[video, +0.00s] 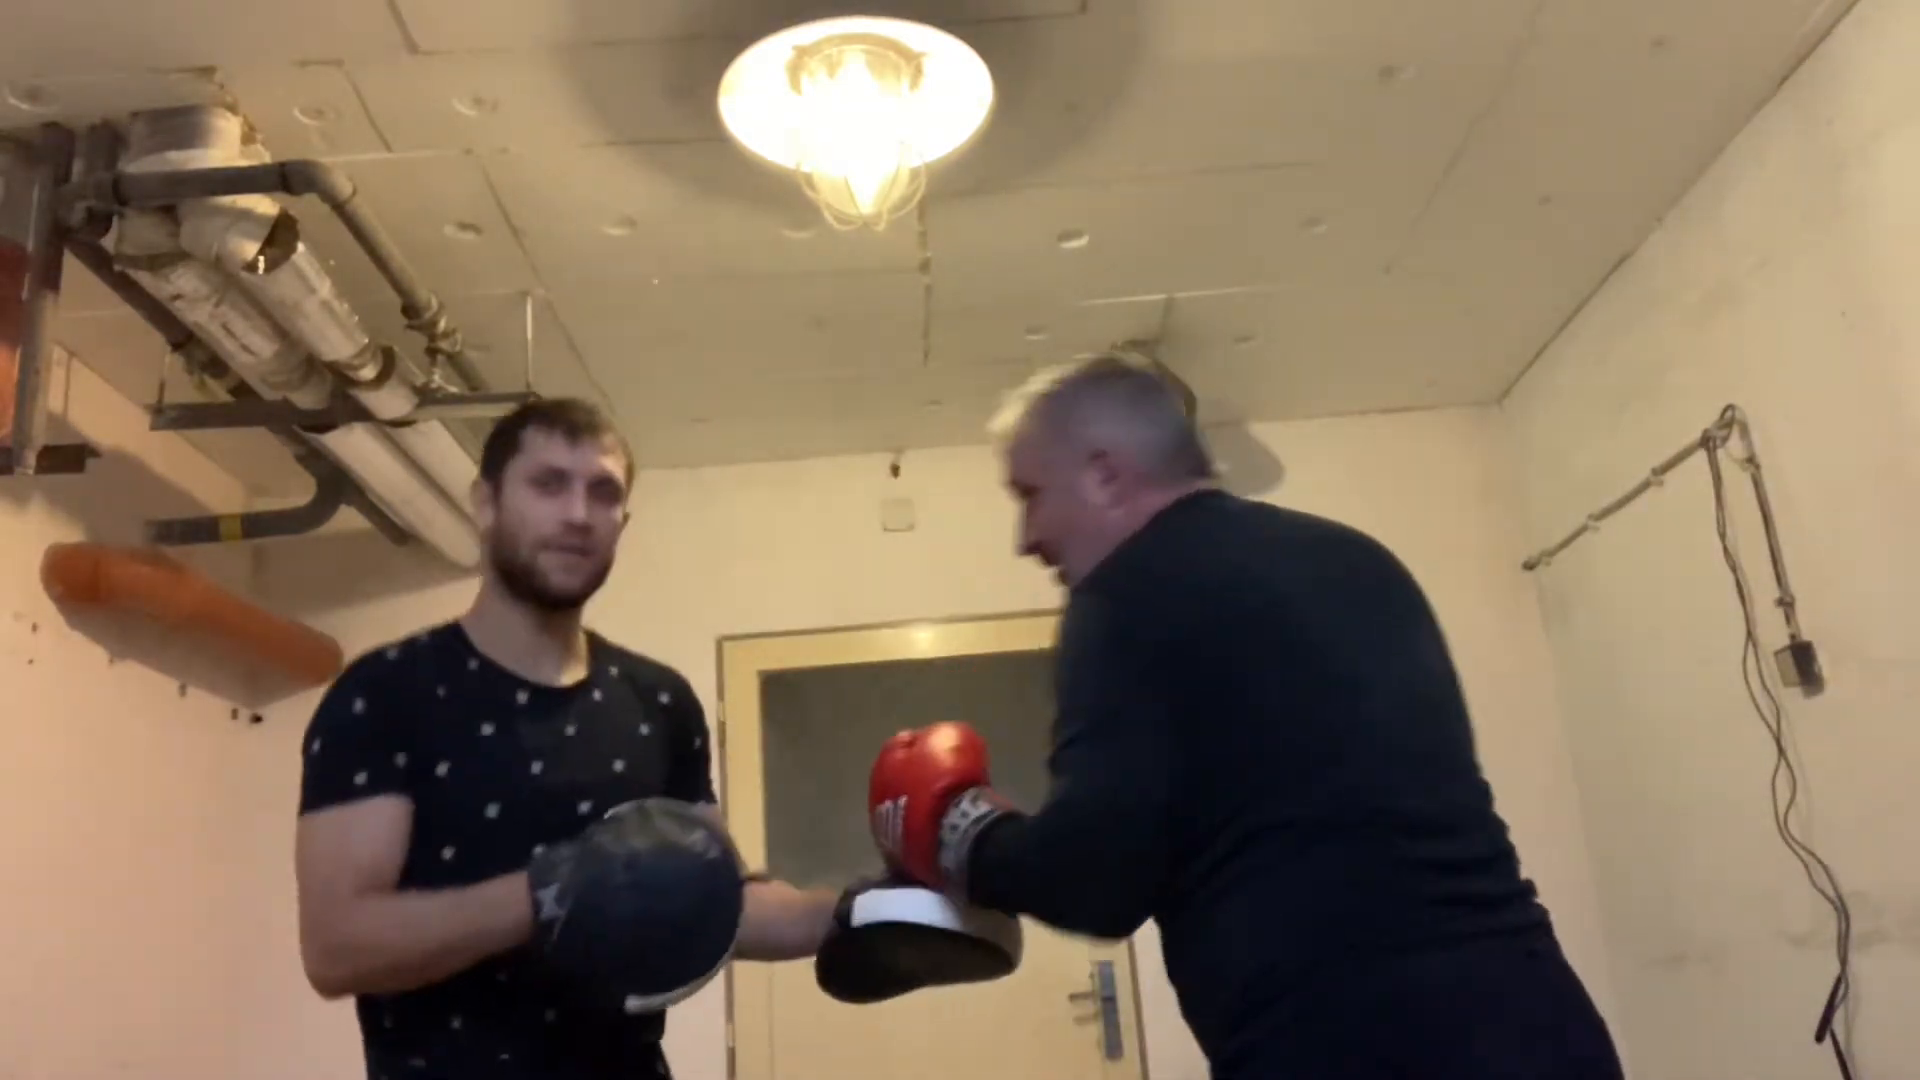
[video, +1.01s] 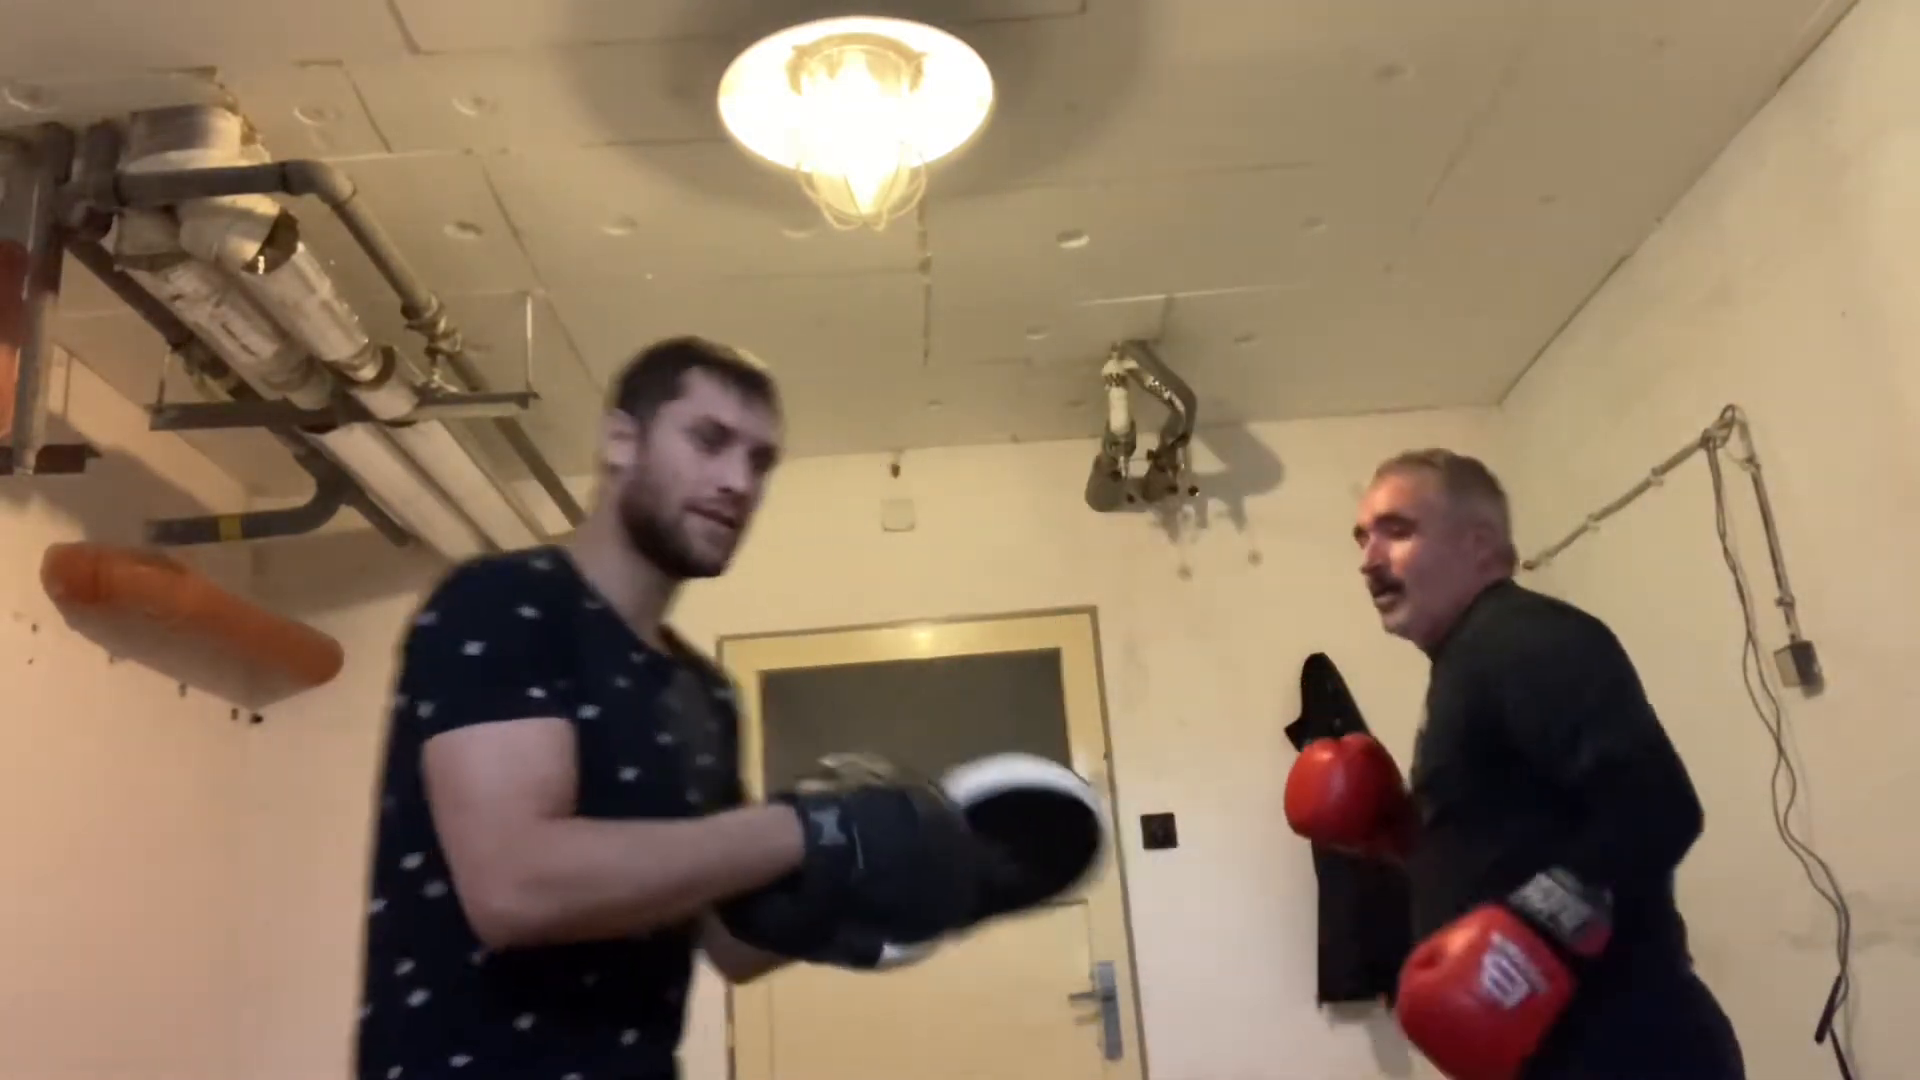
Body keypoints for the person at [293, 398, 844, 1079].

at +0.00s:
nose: (580, 513)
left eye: (603, 493)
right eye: (549, 483)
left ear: (622, 525)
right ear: (485, 503)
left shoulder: (661, 705)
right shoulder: (386, 697)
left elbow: (705, 897)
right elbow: (339, 946)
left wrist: (856, 912)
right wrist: (554, 891)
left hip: (621, 1059)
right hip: (446, 1063)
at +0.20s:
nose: (648, 494)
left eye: (675, 475)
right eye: (618, 461)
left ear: (695, 505)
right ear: (556, 476)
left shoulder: (704, 696)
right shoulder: (435, 663)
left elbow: (727, 909)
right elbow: (378, 920)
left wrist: (901, 936)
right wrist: (622, 870)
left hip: (646, 1059)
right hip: (463, 1059)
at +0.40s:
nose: (766, 488)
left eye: (794, 469)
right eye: (738, 452)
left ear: (806, 501)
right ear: (672, 461)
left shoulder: (792, 705)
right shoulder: (533, 634)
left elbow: (808, 919)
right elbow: (451, 893)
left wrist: (1005, 927)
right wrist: (700, 882)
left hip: (690, 1060)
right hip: (512, 1059)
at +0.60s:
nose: (831, 487)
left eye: (858, 470)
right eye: (805, 449)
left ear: (872, 499)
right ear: (731, 454)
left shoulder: (836, 708)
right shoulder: (596, 611)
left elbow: (863, 918)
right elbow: (510, 871)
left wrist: (1083, 888)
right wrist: (794, 887)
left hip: (712, 1061)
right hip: (537, 1054)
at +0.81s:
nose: (817, 481)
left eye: (845, 462)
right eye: (790, 441)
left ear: (856, 491)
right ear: (718, 447)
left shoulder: (812, 702)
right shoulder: (584, 604)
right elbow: (543, 878)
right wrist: (828, 864)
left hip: (697, 1057)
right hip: (527, 1055)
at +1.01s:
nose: (740, 482)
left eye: (759, 463)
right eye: (709, 440)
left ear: (765, 485)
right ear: (619, 443)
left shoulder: (700, 696)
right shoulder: (497, 608)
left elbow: (734, 946)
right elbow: (511, 885)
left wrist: (855, 879)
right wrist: (808, 831)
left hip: (632, 1060)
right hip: (470, 1059)